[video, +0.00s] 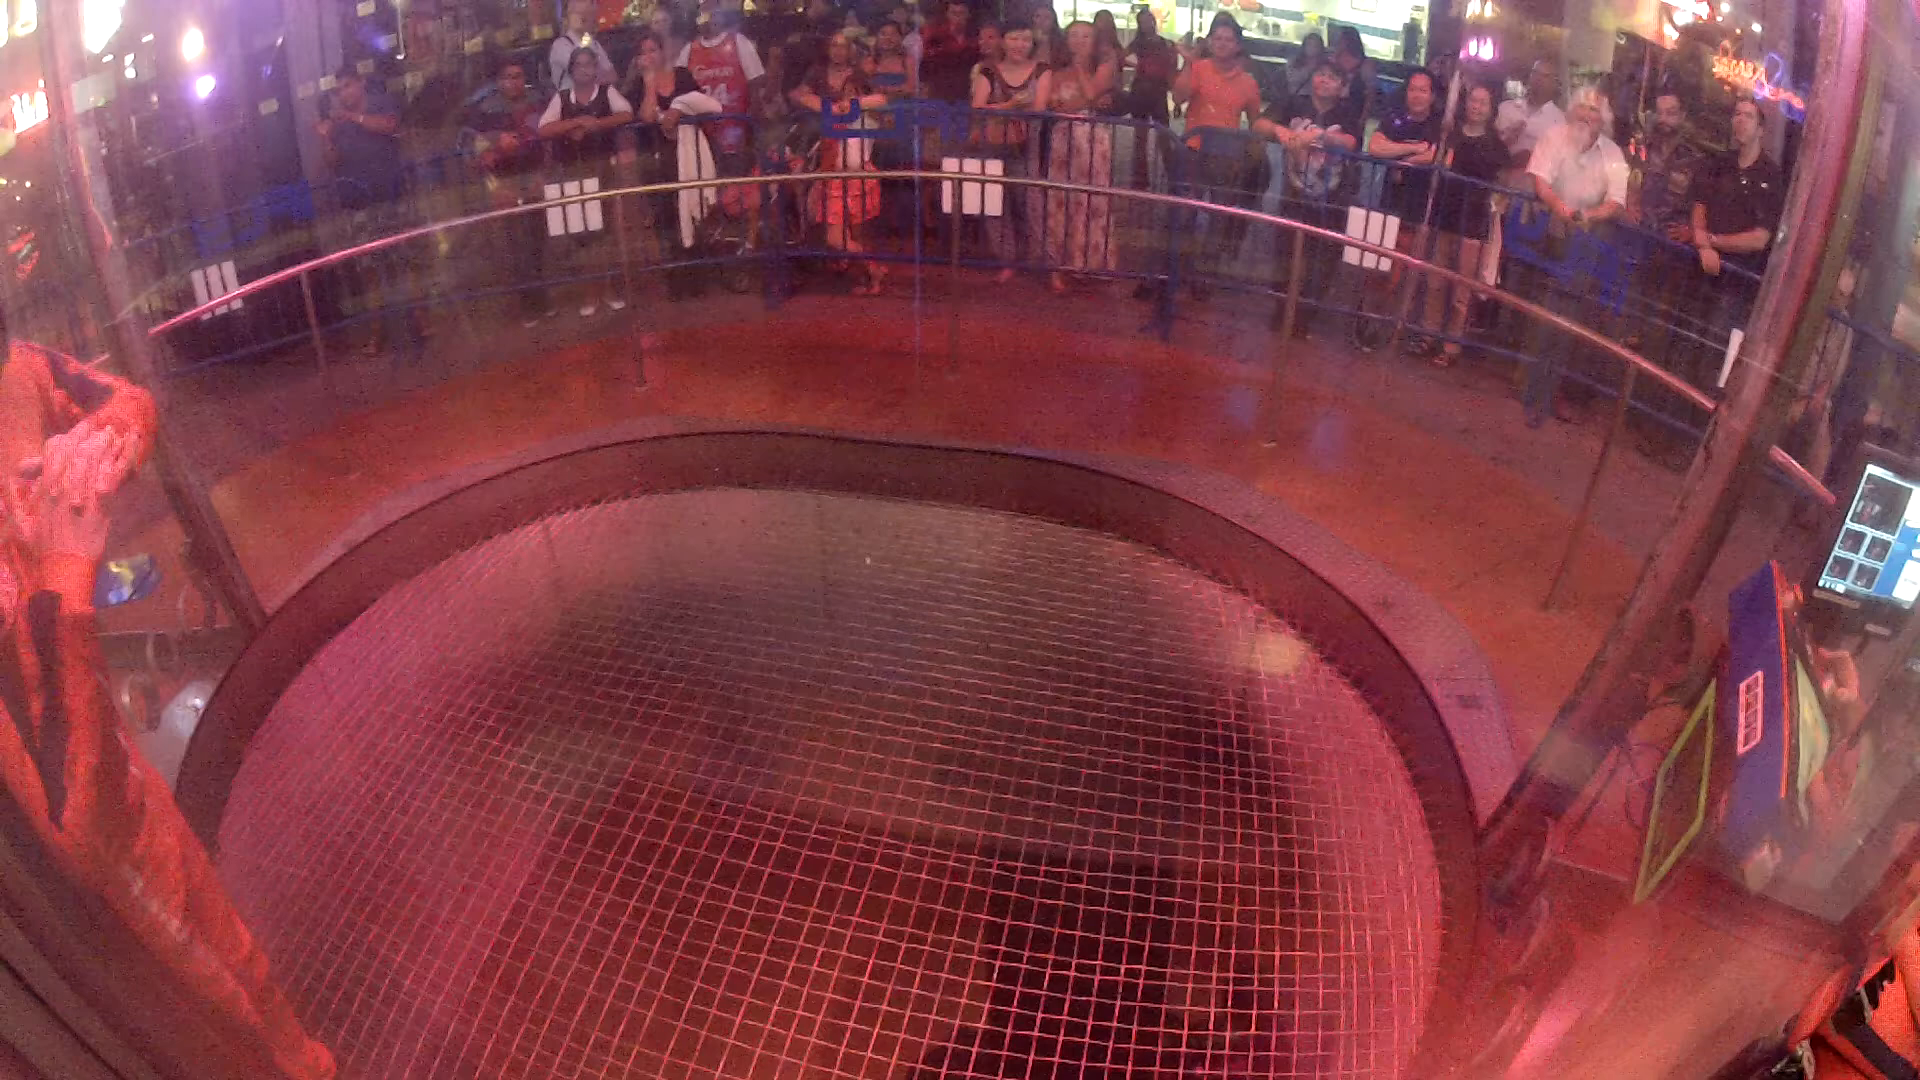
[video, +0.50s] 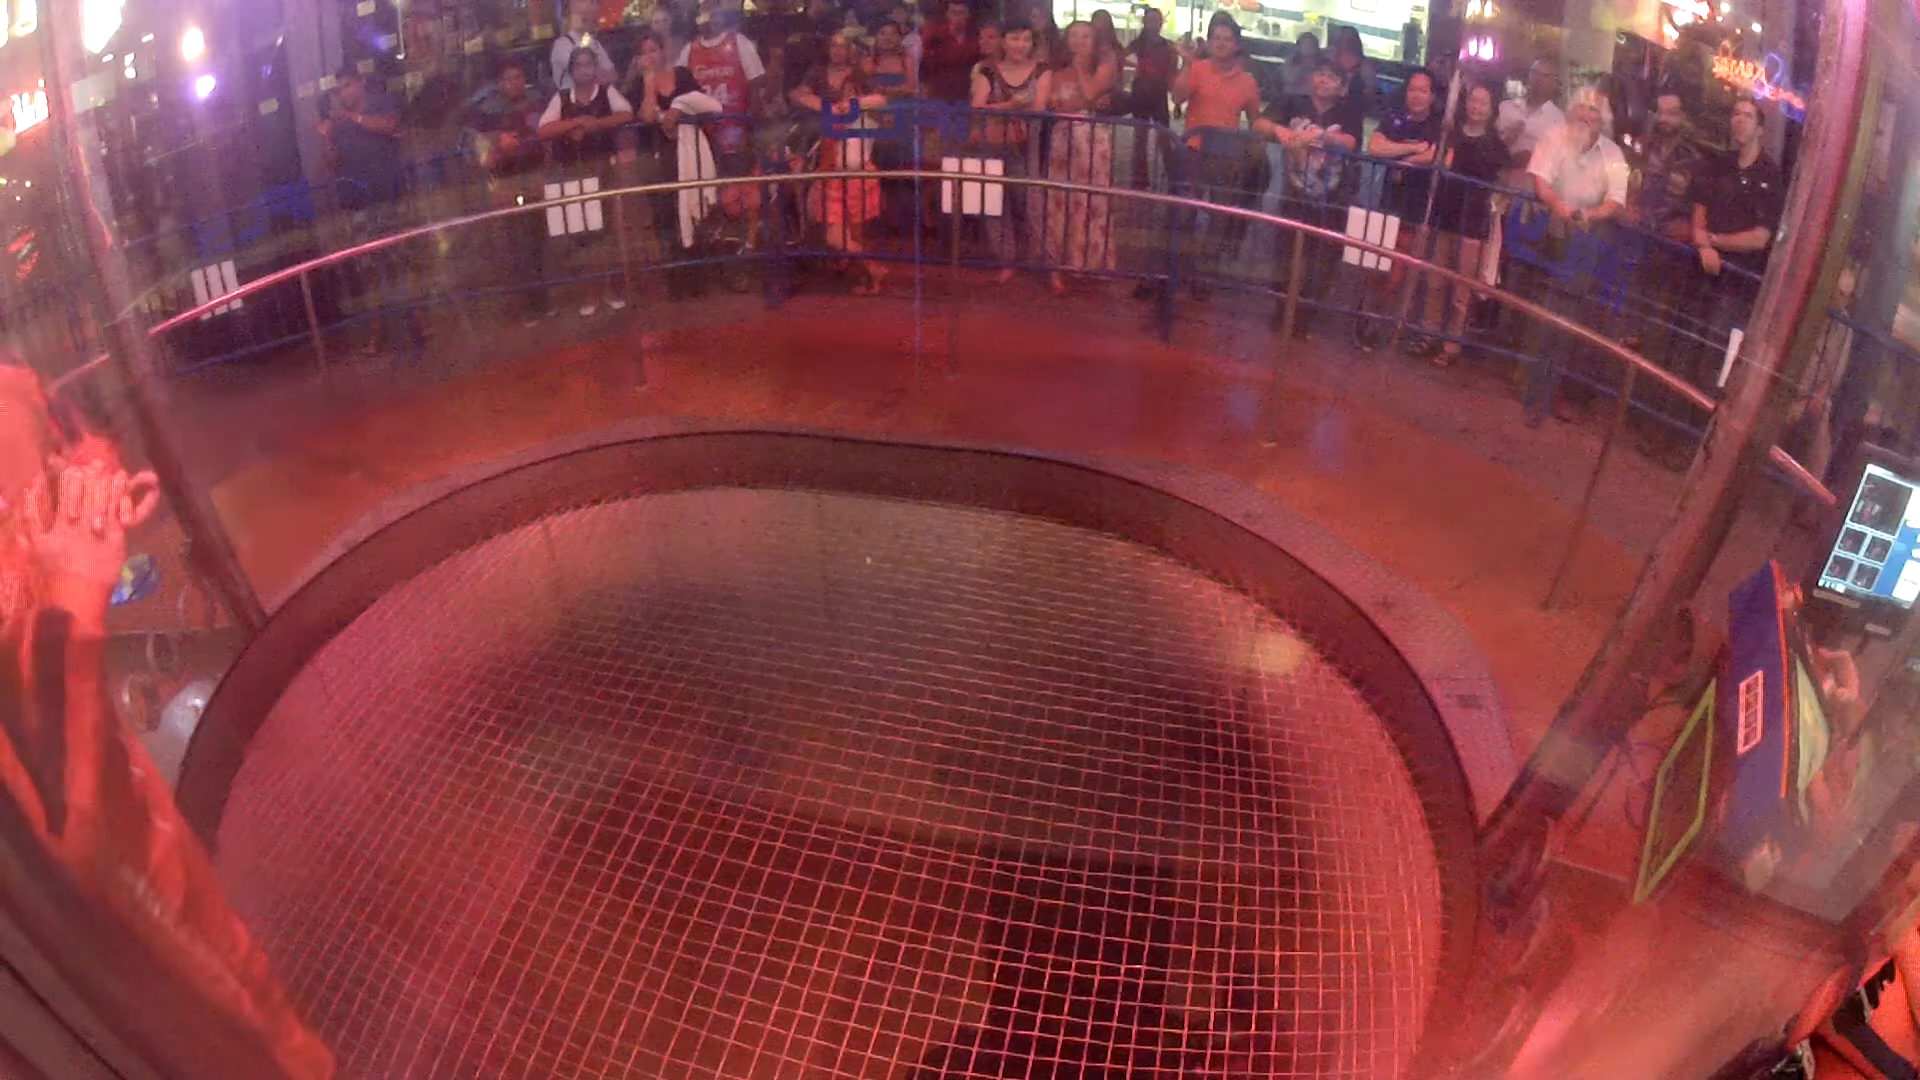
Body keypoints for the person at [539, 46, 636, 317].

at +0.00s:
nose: (583, 70)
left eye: (587, 65)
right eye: (578, 65)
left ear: (596, 68)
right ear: (570, 69)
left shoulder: (607, 92)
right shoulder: (562, 97)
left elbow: (627, 114)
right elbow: (544, 129)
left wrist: (593, 124)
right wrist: (576, 122)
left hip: (604, 170)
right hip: (573, 174)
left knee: (607, 234)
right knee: (582, 239)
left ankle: (612, 291)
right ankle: (590, 295)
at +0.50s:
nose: (583, 70)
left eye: (587, 65)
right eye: (578, 65)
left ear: (596, 68)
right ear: (570, 70)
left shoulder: (607, 91)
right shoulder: (562, 97)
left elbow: (626, 114)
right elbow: (543, 130)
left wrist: (592, 124)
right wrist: (576, 122)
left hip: (604, 169)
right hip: (572, 173)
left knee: (606, 233)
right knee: (581, 237)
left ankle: (611, 290)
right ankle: (589, 295)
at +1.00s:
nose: (583, 70)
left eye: (588, 65)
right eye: (578, 66)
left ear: (597, 68)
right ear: (571, 70)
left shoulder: (607, 92)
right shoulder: (562, 97)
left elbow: (626, 114)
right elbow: (544, 130)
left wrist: (592, 124)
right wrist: (576, 122)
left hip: (604, 169)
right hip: (572, 173)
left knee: (607, 233)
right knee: (581, 237)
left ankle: (613, 290)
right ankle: (590, 294)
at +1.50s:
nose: (584, 71)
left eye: (588, 66)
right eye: (579, 66)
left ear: (597, 69)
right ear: (571, 71)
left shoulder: (608, 92)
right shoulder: (562, 97)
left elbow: (626, 115)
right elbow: (544, 129)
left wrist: (593, 124)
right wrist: (574, 124)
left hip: (605, 170)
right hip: (571, 175)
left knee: (608, 233)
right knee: (579, 238)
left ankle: (615, 291)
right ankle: (587, 295)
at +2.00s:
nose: (584, 70)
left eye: (589, 65)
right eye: (579, 66)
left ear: (597, 69)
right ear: (571, 70)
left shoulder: (608, 92)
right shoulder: (561, 98)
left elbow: (626, 115)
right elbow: (543, 130)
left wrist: (592, 124)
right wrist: (574, 125)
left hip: (604, 170)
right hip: (570, 175)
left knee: (607, 233)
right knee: (579, 238)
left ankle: (614, 290)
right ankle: (588, 294)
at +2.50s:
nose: (583, 70)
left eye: (588, 65)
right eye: (578, 66)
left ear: (597, 69)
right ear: (571, 70)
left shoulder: (608, 92)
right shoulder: (561, 97)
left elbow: (626, 115)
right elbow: (544, 129)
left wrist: (592, 124)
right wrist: (575, 125)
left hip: (604, 170)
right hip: (570, 174)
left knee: (606, 233)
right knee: (580, 237)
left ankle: (614, 291)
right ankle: (589, 295)